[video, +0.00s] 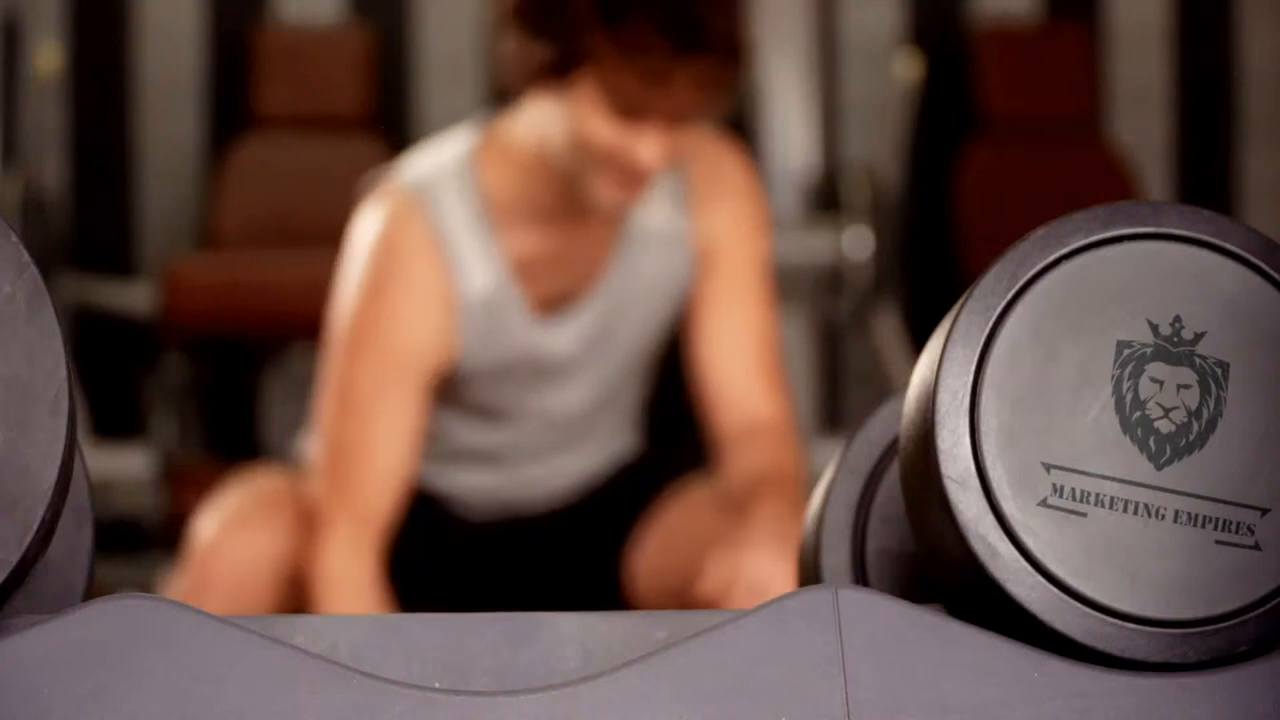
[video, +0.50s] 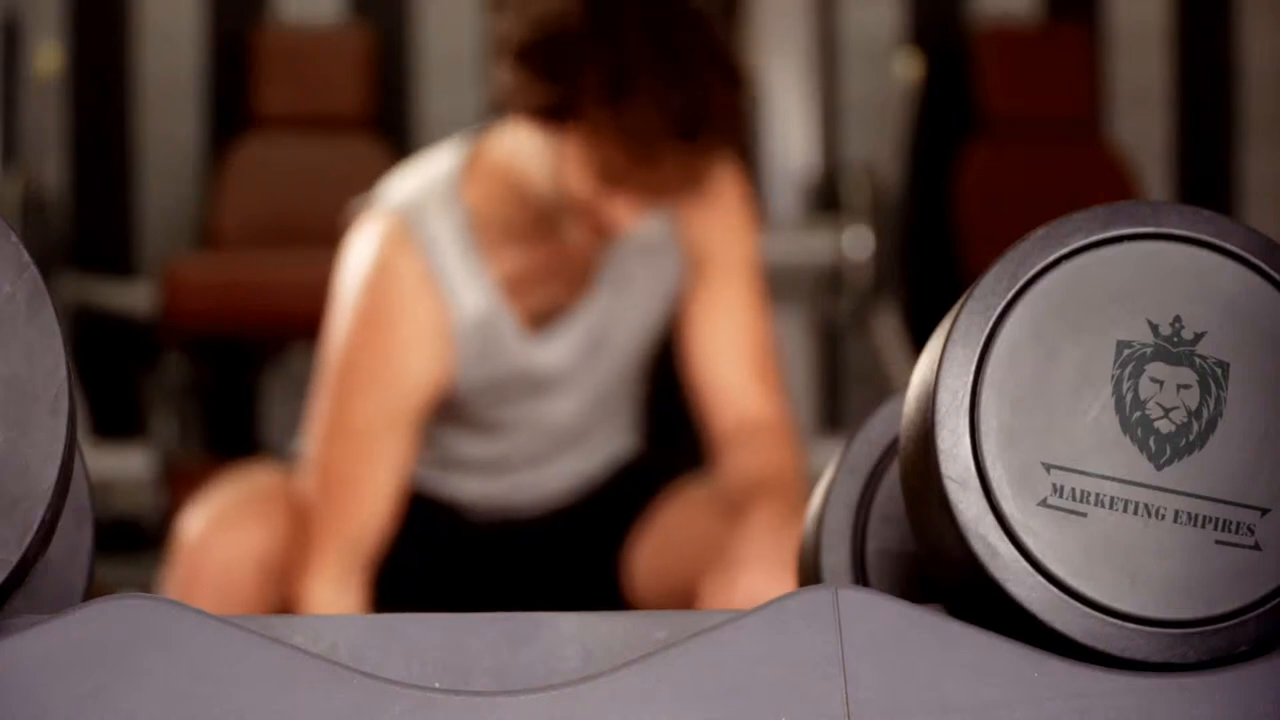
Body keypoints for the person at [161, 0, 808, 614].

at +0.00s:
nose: (651, 154)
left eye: (678, 121)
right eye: (626, 113)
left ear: (704, 107)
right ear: (547, 74)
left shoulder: (710, 182)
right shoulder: (414, 224)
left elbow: (756, 437)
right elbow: (347, 542)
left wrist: (765, 553)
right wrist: (394, 708)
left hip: (600, 523)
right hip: (417, 530)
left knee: (766, 549)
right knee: (243, 530)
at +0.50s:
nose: (632, 219)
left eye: (662, 190)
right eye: (610, 182)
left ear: (694, 160)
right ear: (548, 117)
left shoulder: (701, 185)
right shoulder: (408, 249)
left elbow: (753, 436)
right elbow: (336, 565)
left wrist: (765, 566)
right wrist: (345, 719)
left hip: (601, 524)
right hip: (416, 534)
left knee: (770, 533)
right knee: (229, 528)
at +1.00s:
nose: (622, 199)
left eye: (655, 175)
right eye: (606, 161)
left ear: (695, 146)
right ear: (553, 90)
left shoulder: (705, 175)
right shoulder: (402, 211)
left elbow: (753, 428)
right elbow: (340, 502)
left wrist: (779, 571)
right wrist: (449, 640)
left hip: (602, 515)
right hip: (417, 524)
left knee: (789, 539)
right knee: (245, 524)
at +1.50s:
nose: (588, 201)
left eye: (615, 174)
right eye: (573, 164)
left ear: (652, 137)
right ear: (509, 98)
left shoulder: (671, 173)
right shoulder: (328, 212)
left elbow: (747, 423)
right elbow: (340, 499)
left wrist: (790, 586)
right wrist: (489, 465)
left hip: (600, 522)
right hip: (400, 527)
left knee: (778, 540)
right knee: (235, 532)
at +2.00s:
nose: (591, 182)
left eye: (621, 156)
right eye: (573, 145)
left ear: (658, 121)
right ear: (514, 84)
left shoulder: (681, 170)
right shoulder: (350, 210)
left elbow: (749, 425)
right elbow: (343, 503)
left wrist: (797, 544)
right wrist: (498, 494)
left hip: (595, 534)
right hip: (399, 538)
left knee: (797, 534)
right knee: (242, 523)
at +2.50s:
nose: (618, 200)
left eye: (652, 171)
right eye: (599, 158)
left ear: (690, 139)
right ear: (539, 94)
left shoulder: (704, 179)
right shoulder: (397, 227)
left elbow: (758, 432)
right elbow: (350, 544)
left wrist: (813, 565)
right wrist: (398, 711)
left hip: (602, 522)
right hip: (417, 531)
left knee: (799, 541)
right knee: (244, 534)